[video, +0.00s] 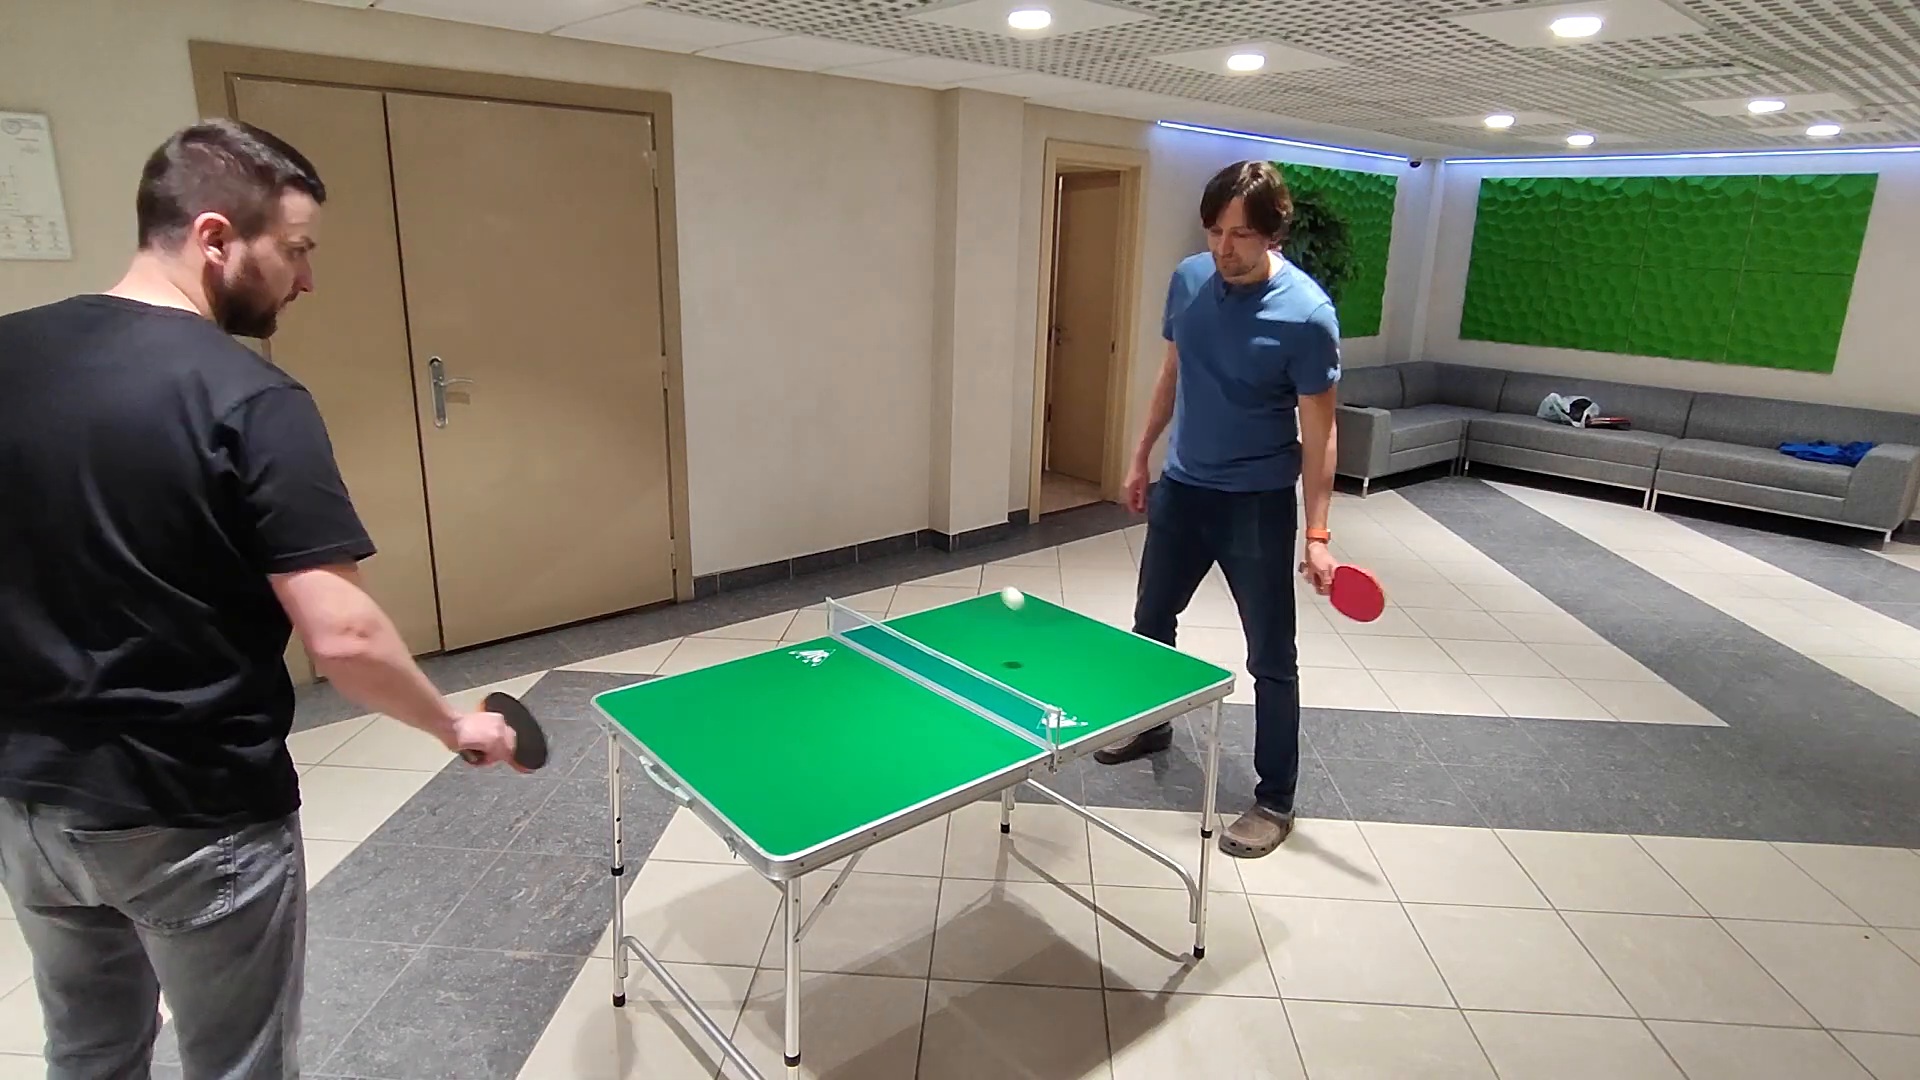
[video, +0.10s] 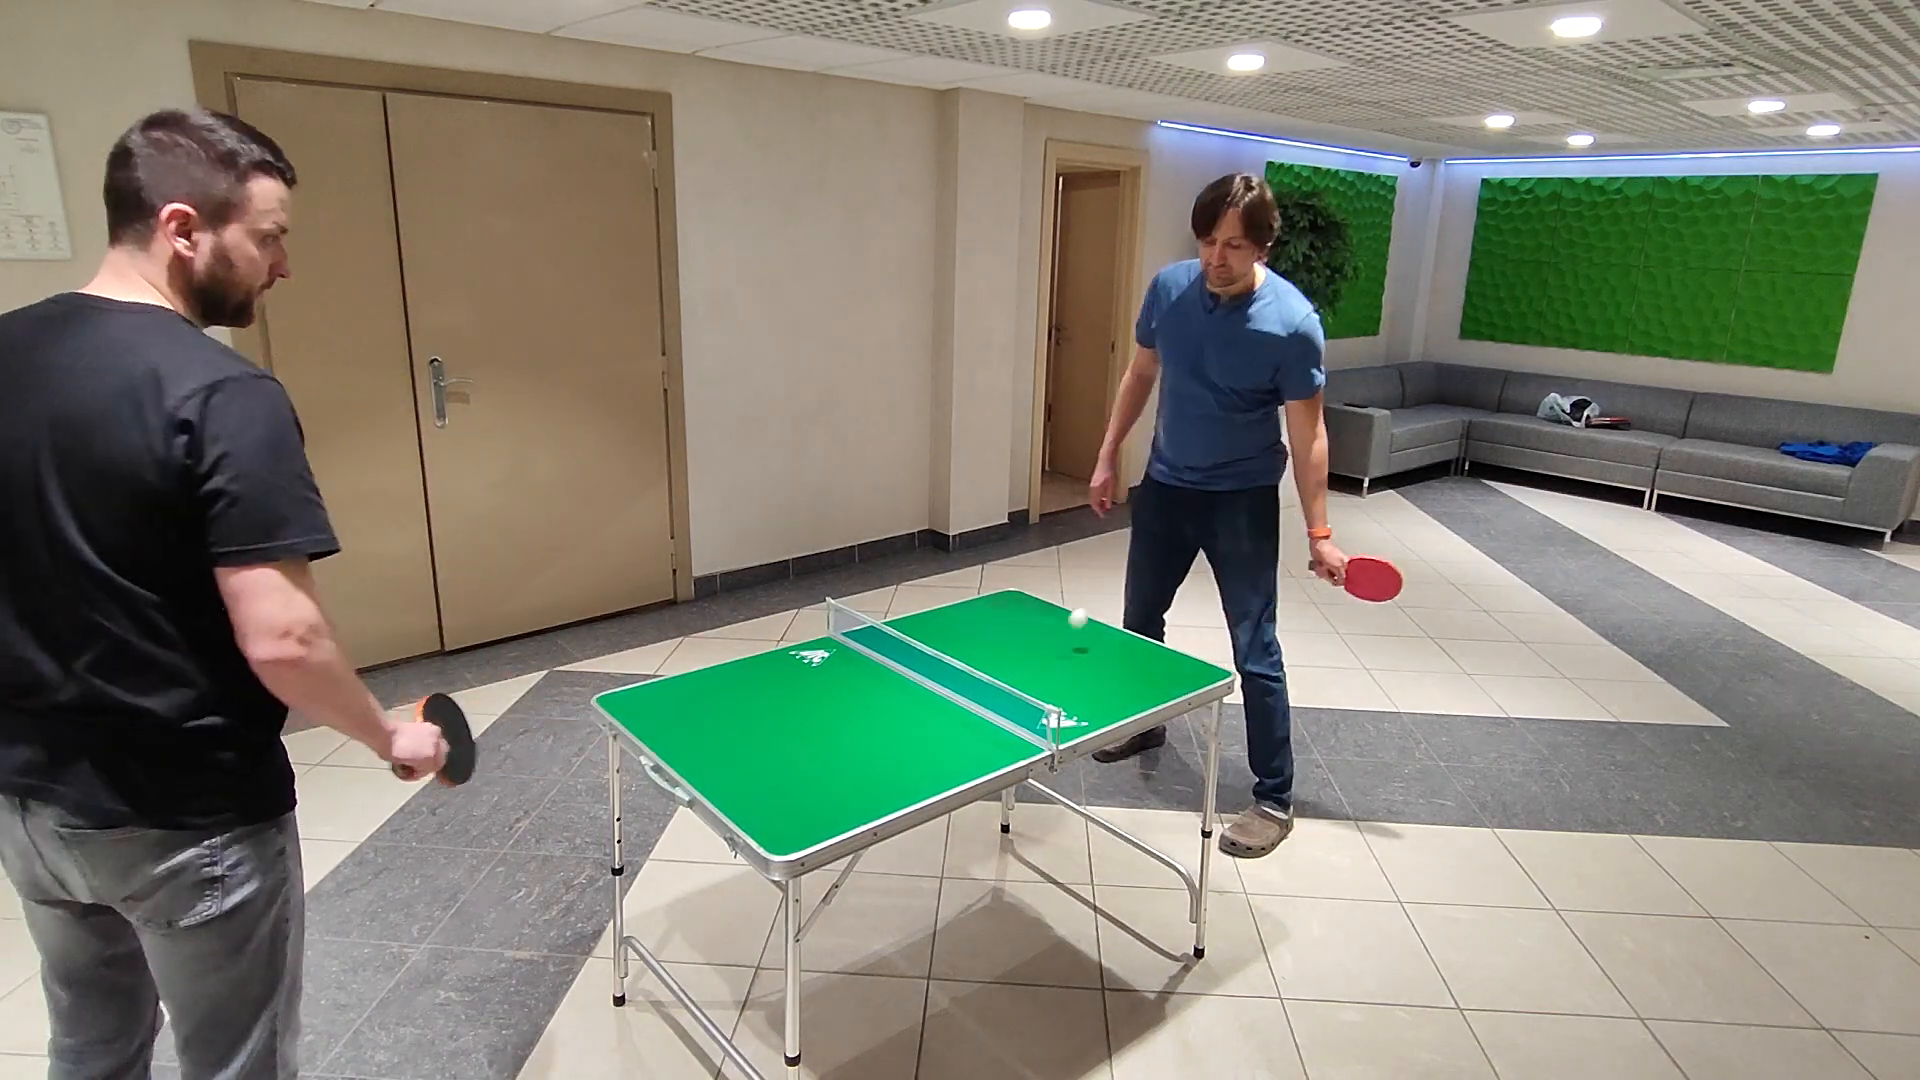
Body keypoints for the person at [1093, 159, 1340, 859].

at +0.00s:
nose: (1225, 247)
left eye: (1241, 235)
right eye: (1216, 232)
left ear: (1275, 233)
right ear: (1206, 226)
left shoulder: (1307, 316)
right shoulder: (1189, 279)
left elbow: (1319, 434)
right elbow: (1173, 371)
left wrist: (1316, 533)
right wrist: (1141, 454)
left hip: (1260, 500)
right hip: (1183, 488)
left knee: (1271, 659)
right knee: (1151, 618)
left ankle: (1273, 803)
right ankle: (1146, 725)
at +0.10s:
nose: (1219, 258)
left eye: (1236, 247)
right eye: (1210, 243)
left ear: (1264, 246)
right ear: (1198, 237)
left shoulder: (1293, 324)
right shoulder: (1169, 289)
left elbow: (1308, 437)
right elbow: (1139, 376)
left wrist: (1319, 534)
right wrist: (1107, 456)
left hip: (1243, 499)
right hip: (1164, 488)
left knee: (1255, 651)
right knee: (1139, 618)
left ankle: (1272, 803)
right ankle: (1138, 723)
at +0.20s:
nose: (1209, 273)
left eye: (1225, 261)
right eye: (1199, 256)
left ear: (1250, 261)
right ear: (1185, 249)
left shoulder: (1273, 339)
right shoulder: (1154, 300)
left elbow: (1277, 457)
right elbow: (1113, 381)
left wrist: (1278, 552)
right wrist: (1079, 458)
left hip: (1227, 499)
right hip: (1150, 487)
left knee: (1240, 641)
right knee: (1125, 613)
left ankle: (1270, 799)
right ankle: (1137, 724)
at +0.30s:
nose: (1198, 284)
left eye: (1213, 273)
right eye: (1189, 269)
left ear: (1238, 271)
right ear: (1177, 262)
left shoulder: (1259, 351)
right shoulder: (1150, 301)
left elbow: (1242, 461)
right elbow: (1105, 379)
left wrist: (1222, 551)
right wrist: (1063, 453)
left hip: (1212, 498)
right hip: (1138, 484)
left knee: (1232, 641)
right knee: (1119, 611)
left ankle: (1261, 788)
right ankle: (1139, 720)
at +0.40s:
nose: (1193, 286)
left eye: (1208, 275)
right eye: (1184, 270)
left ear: (1233, 273)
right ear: (1172, 262)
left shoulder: (1250, 349)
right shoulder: (1147, 299)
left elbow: (1222, 454)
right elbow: (1104, 373)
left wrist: (1191, 525)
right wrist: (1061, 446)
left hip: (1208, 491)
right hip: (1135, 478)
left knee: (1224, 631)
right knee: (1115, 605)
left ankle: (1252, 778)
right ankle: (1138, 720)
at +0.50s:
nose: (1186, 275)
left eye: (1201, 263)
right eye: (1177, 260)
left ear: (1226, 263)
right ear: (1164, 255)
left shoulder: (1247, 339)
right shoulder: (1141, 294)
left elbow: (1218, 439)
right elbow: (1107, 366)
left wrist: (1182, 488)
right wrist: (1066, 441)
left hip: (1203, 486)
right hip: (1132, 476)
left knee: (1221, 628)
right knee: (1119, 610)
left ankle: (1248, 773)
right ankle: (1140, 721)